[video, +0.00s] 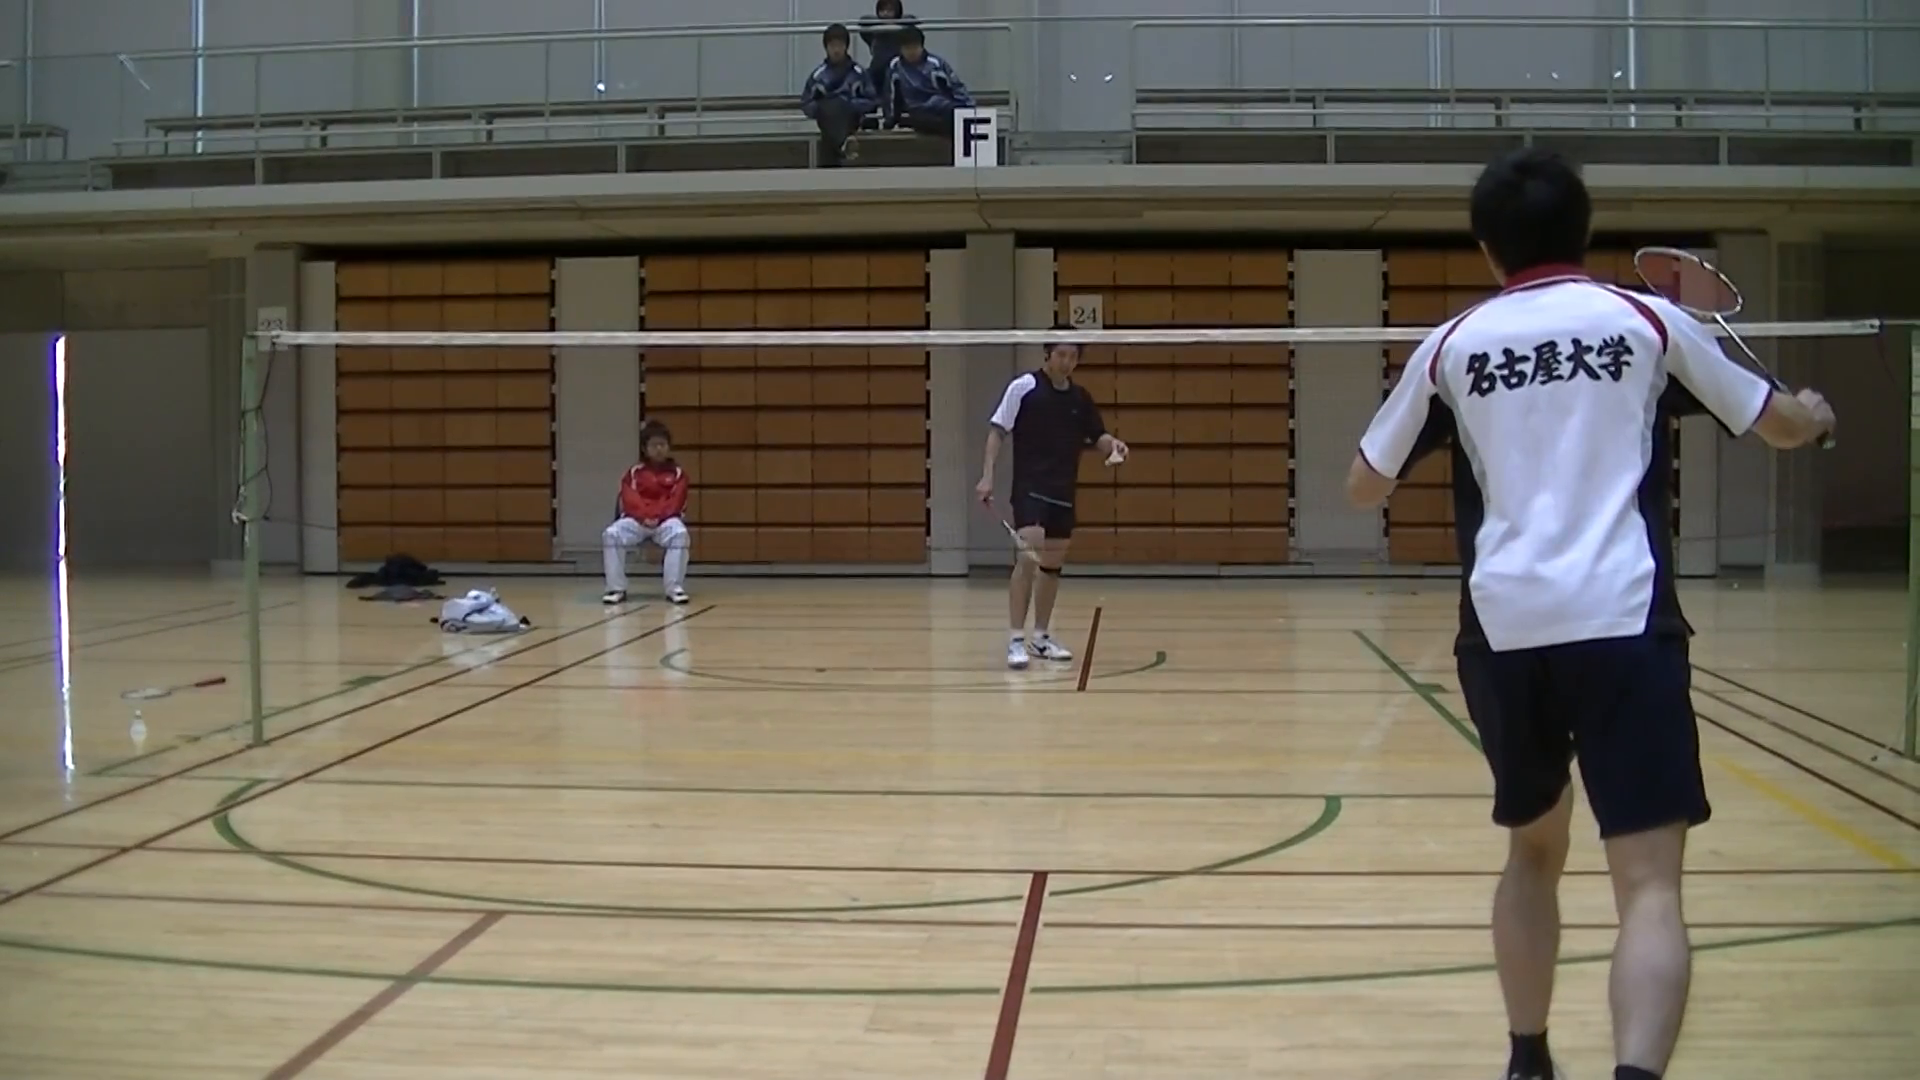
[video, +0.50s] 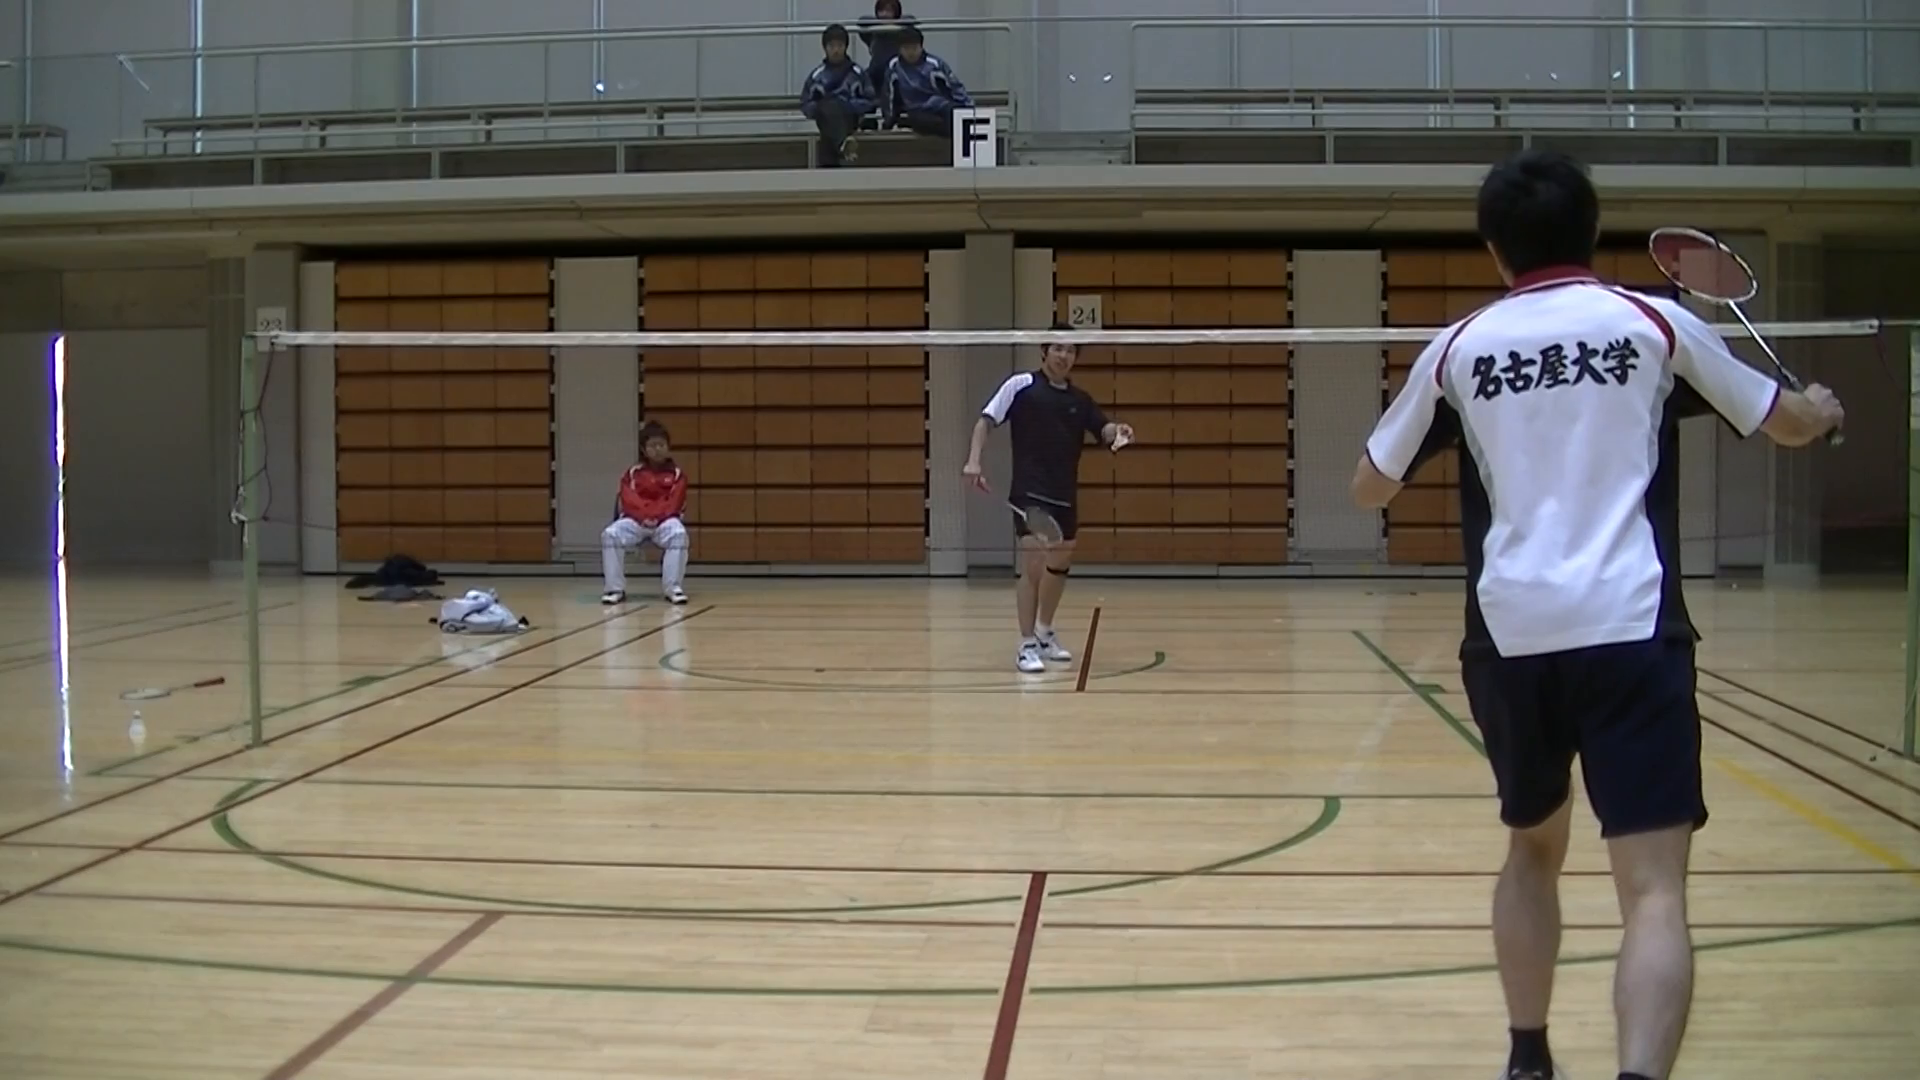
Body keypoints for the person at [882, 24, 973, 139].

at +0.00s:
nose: (911, 53)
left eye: (915, 48)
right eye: (907, 48)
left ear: (922, 48)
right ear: (901, 50)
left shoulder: (937, 64)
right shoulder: (895, 68)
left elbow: (955, 86)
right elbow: (891, 96)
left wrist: (968, 107)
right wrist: (890, 121)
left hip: (946, 109)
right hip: (917, 113)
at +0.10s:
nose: (911, 53)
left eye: (914, 48)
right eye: (907, 48)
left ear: (921, 48)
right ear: (900, 50)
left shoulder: (937, 64)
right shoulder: (895, 68)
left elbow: (955, 87)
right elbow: (891, 96)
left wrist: (968, 106)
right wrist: (890, 121)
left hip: (945, 109)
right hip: (917, 113)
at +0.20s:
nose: (911, 53)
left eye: (914, 48)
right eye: (906, 49)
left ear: (921, 48)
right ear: (900, 50)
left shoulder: (937, 64)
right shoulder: (895, 68)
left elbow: (955, 87)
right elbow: (891, 96)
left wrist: (968, 107)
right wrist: (889, 122)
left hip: (945, 109)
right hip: (916, 113)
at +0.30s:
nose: (911, 53)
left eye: (914, 48)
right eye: (906, 49)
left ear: (921, 48)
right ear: (900, 50)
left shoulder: (936, 64)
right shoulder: (895, 68)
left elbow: (955, 87)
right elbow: (891, 96)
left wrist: (968, 107)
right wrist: (889, 122)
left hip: (945, 109)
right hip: (916, 113)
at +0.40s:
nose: (911, 53)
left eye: (914, 48)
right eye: (906, 48)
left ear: (921, 47)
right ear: (900, 49)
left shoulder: (936, 65)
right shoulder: (894, 68)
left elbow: (955, 88)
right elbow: (891, 96)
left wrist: (968, 107)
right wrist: (890, 120)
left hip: (942, 107)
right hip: (915, 112)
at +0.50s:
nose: (911, 53)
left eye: (914, 48)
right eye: (906, 48)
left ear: (921, 47)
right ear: (900, 49)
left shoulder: (936, 65)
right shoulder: (894, 67)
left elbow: (955, 87)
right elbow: (891, 96)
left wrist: (968, 107)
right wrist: (889, 121)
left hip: (942, 107)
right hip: (916, 112)